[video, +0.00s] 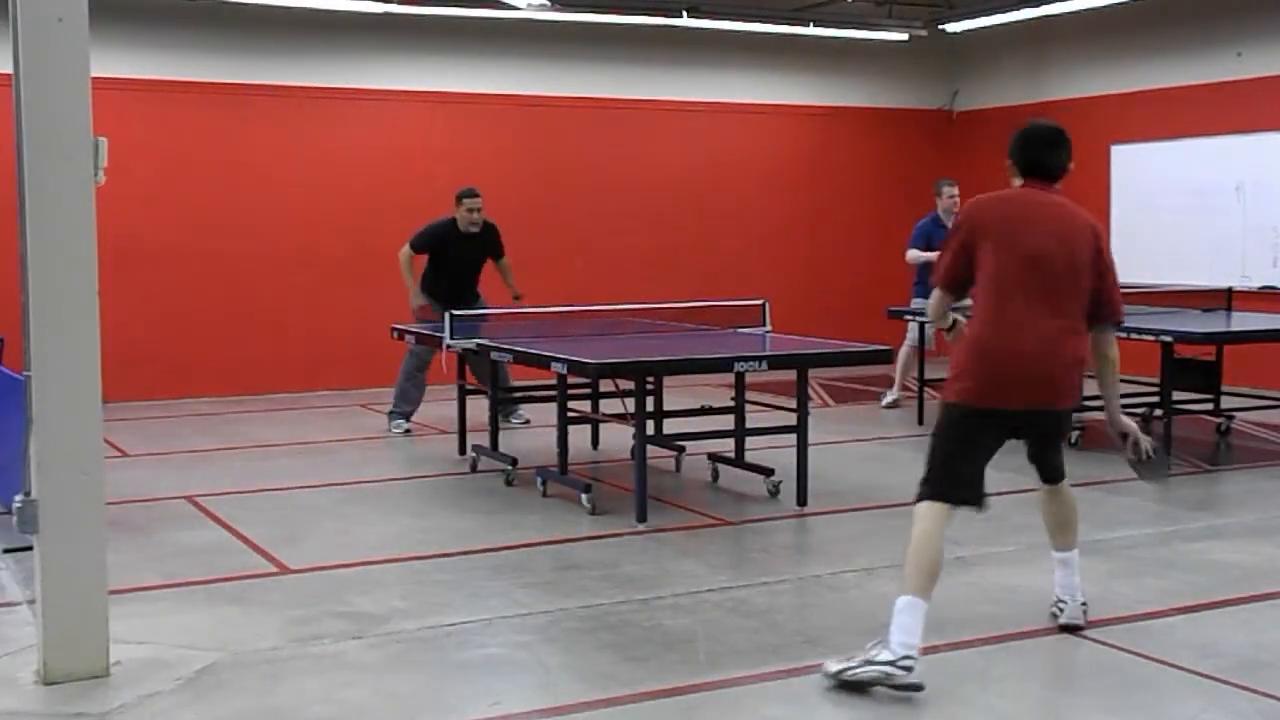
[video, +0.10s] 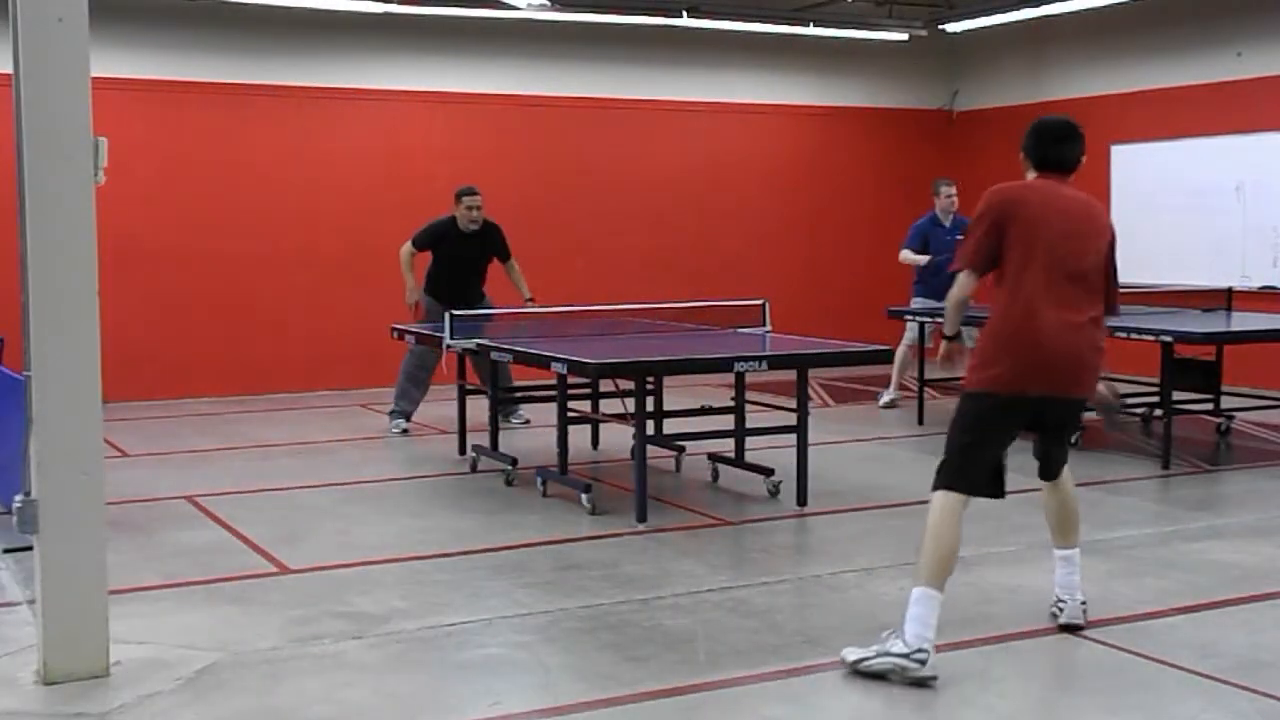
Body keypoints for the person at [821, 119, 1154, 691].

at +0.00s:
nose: (1008, 172)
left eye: (1009, 164)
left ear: (1012, 167)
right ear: (1065, 170)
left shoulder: (981, 212)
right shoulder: (1085, 226)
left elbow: (941, 302)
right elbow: (1104, 330)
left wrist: (947, 321)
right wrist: (1113, 411)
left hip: (982, 380)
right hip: (1055, 385)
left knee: (934, 501)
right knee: (1053, 473)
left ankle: (901, 648)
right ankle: (1070, 599)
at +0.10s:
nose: (1021, 163)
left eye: (1021, 154)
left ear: (1027, 158)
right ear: (1079, 164)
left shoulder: (1004, 199)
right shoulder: (1099, 216)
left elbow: (962, 289)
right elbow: (1106, 306)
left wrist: (949, 332)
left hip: (1005, 363)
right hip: (1074, 370)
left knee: (952, 490)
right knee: (1055, 469)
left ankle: (915, 641)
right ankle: (1071, 599)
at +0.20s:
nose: (1029, 151)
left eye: (1030, 142)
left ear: (1036, 144)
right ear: (1087, 150)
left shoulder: (1022, 184)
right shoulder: (1103, 199)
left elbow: (998, 269)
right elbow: (1079, 275)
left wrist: (964, 336)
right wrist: (995, 286)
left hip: (1026, 352)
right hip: (1093, 353)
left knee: (965, 479)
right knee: (1059, 461)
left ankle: (923, 630)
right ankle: (1070, 597)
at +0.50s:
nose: (1048, 121)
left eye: (1049, 113)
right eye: (1052, 114)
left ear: (1056, 116)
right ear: (1107, 119)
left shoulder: (1054, 162)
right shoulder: (1123, 171)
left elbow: (1042, 258)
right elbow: (1040, 238)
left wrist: (995, 331)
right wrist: (958, 227)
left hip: (1055, 342)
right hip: (1113, 344)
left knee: (994, 468)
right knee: (1068, 463)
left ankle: (1016, 620)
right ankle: (1093, 593)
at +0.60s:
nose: (1051, 126)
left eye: (1052, 118)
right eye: (1054, 118)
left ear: (1060, 121)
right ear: (1111, 124)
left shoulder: (1061, 174)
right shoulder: (1130, 180)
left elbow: (1039, 271)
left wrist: (991, 337)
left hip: (1062, 359)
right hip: (1118, 361)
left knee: (1001, 485)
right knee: (1067, 473)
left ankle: (1045, 626)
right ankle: (1092, 594)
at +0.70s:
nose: (1050, 132)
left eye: (1051, 124)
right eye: (1053, 123)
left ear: (1062, 128)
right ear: (1112, 131)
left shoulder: (1064, 186)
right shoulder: (1139, 191)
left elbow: (1036, 289)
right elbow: (1134, 282)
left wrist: (985, 345)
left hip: (1066, 372)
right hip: (1122, 373)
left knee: (1013, 503)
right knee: (1073, 484)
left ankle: (1070, 646)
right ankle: (1093, 596)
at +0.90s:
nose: (1060, 132)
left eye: (1061, 123)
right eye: (1064, 122)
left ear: (1072, 127)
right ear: (1126, 128)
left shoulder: (1061, 188)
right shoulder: (1166, 192)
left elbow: (1032, 291)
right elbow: (1182, 291)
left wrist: (993, 358)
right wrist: (1137, 336)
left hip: (1081, 384)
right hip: (1157, 383)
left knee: (1022, 524)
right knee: (1125, 491)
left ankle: (1078, 672)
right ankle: (1128, 614)